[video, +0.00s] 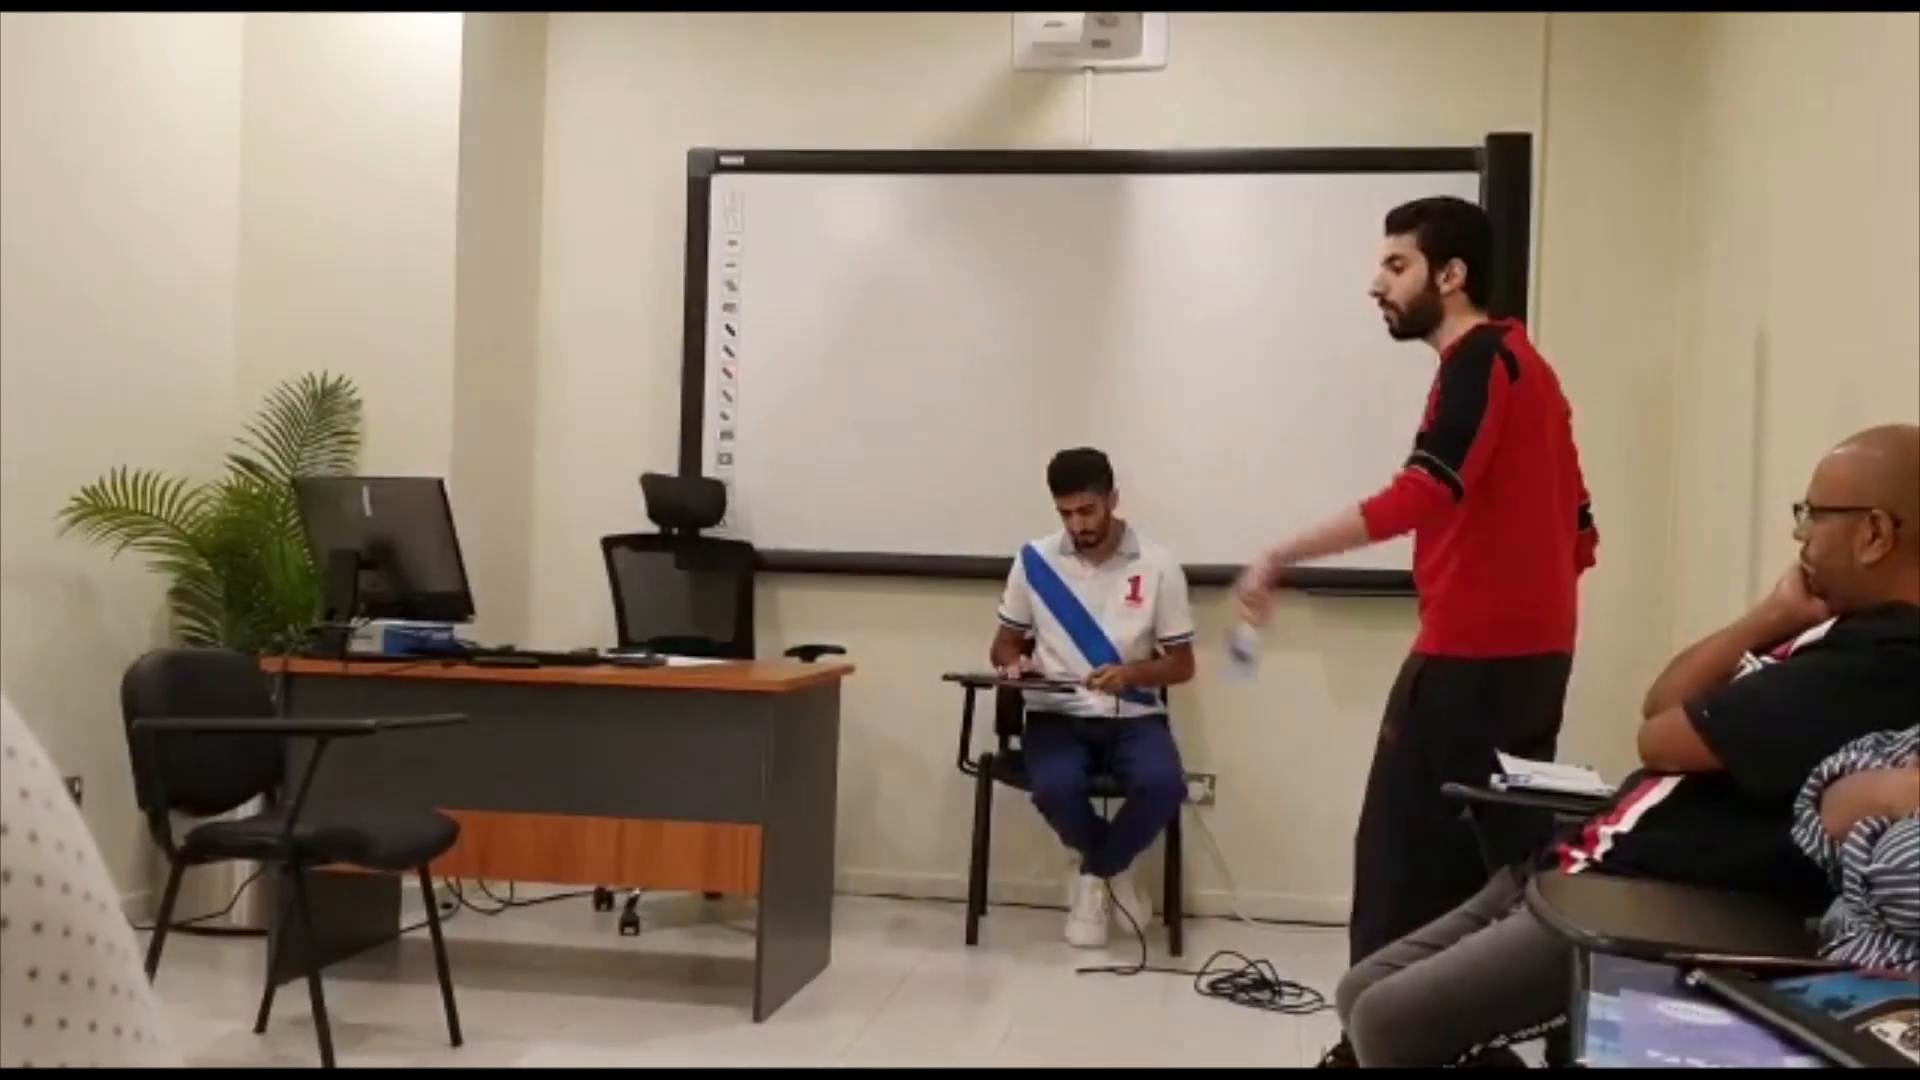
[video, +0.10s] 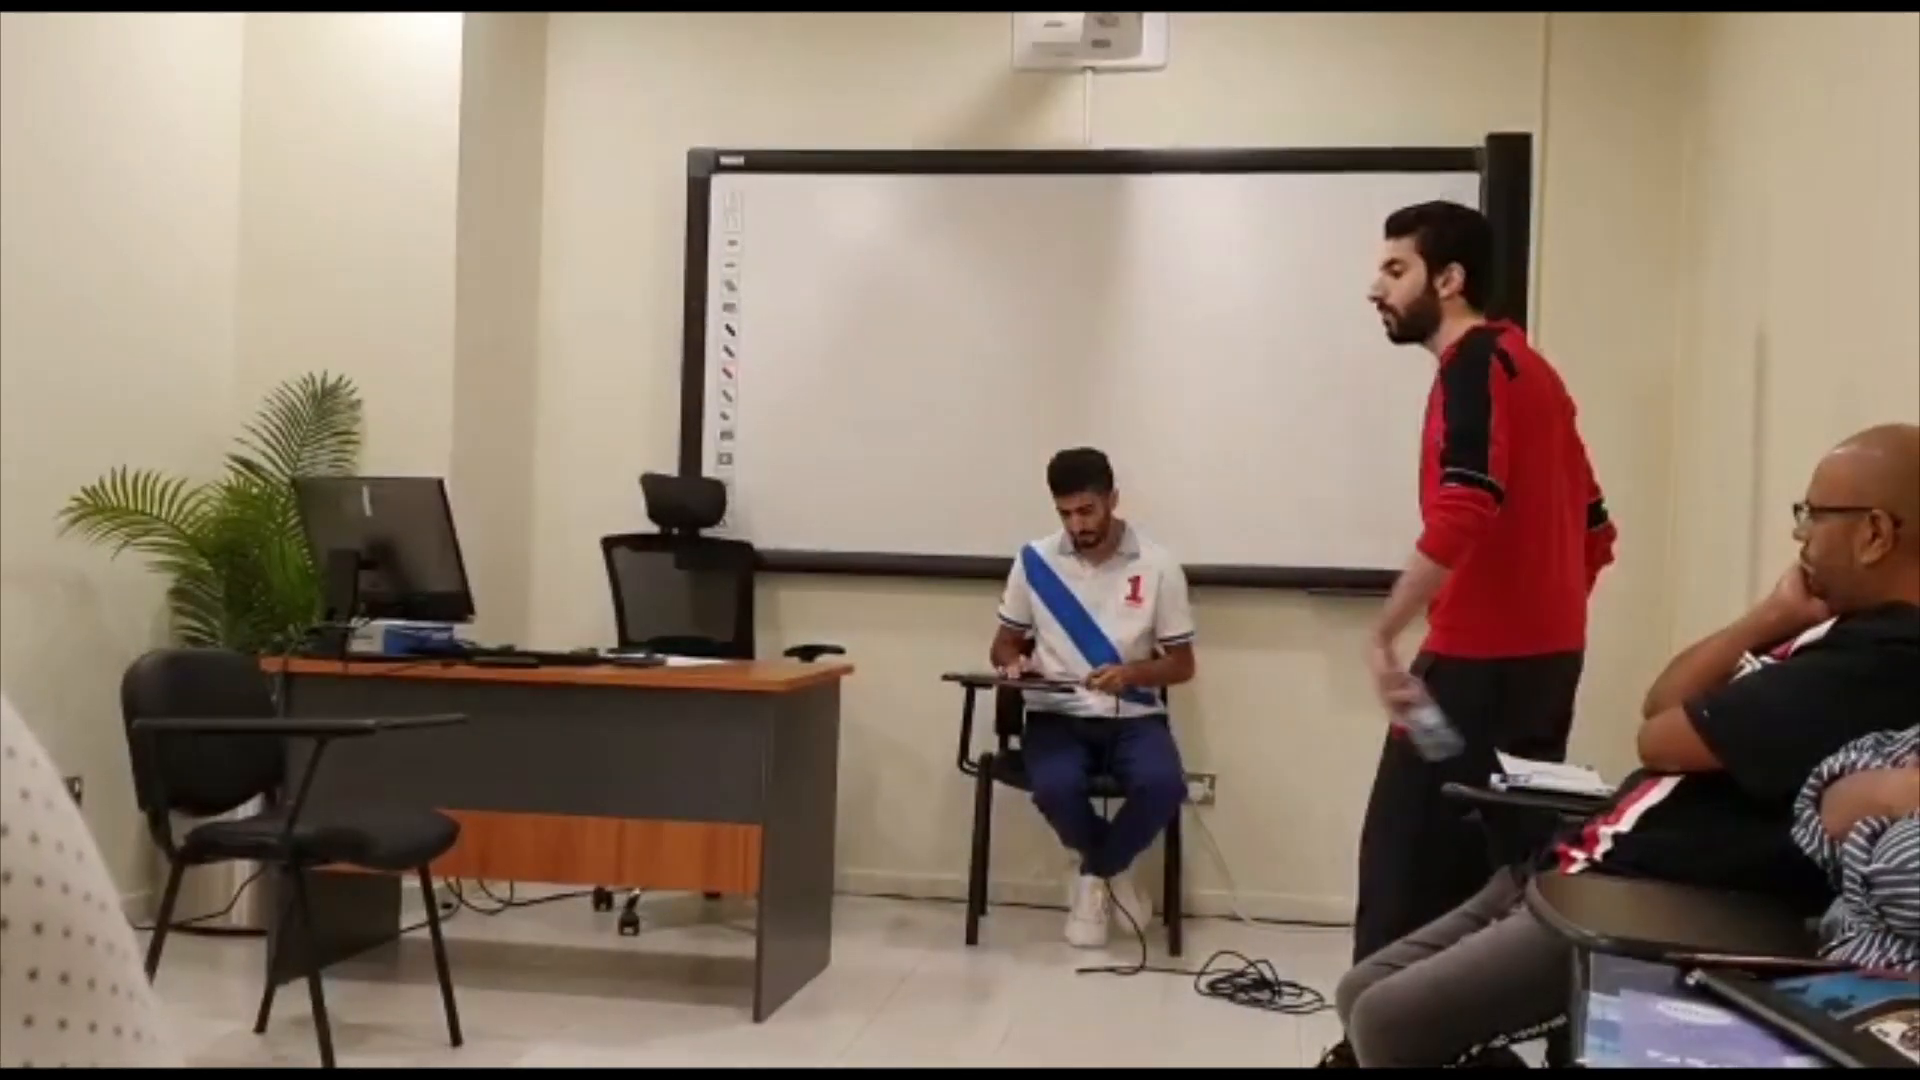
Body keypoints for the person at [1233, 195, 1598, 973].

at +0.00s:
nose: (1378, 284)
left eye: (1395, 265)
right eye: (1380, 267)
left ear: (1451, 276)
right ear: (1453, 281)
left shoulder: (1476, 358)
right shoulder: (1530, 367)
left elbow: (1425, 491)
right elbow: (1578, 537)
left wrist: (1284, 553)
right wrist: (1498, 601)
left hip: (1467, 649)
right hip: (1536, 650)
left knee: (1397, 840)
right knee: (1504, 841)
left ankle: (1382, 1042)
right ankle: (1482, 1036)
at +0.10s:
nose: (1377, 290)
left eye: (1395, 271)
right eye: (1379, 273)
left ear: (1450, 281)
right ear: (1453, 284)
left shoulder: (1472, 363)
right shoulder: (1534, 370)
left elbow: (1467, 504)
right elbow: (1594, 533)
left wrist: (1386, 632)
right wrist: (1541, 622)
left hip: (1474, 658)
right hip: (1548, 658)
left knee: (1401, 850)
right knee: (1520, 851)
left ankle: (1388, 1046)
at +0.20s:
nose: (1375, 292)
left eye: (1392, 273)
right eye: (1377, 274)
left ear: (1447, 282)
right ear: (1451, 285)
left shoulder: (1462, 366)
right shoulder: (1541, 372)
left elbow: (1490, 503)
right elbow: (1612, 526)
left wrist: (1468, 657)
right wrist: (1554, 623)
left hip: (1474, 662)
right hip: (1553, 660)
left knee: (1395, 847)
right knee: (1521, 859)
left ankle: (1385, 1047)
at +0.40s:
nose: (1372, 292)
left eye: (1388, 276)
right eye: (1376, 275)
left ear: (1441, 289)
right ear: (1455, 295)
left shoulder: (1424, 367)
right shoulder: (1536, 384)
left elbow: (1419, 494)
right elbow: (1601, 534)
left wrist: (1433, 633)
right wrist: (1531, 602)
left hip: (1465, 658)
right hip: (1552, 663)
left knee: (1355, 825)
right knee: (1472, 845)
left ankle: (1350, 1031)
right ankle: (1464, 1032)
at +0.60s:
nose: (1348, 277)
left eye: (1368, 263)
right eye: (1355, 262)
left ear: (1417, 284)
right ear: (1423, 292)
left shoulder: (1414, 362)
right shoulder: (1461, 382)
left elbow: (1296, 397)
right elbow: (1417, 557)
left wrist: (1140, 434)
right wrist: (1285, 577)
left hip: (1430, 649)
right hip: (1488, 647)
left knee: (1316, 837)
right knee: (1456, 857)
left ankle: (1260, 1047)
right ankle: (1458, 1040)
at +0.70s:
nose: (1320, 269)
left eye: (1344, 256)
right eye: (1329, 254)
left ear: (1394, 281)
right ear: (1392, 286)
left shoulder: (1393, 359)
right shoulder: (1408, 379)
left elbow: (1253, 392)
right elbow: (1304, 520)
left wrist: (1074, 355)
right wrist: (1184, 493)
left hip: (1387, 648)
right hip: (1435, 646)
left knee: (1275, 842)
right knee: (1452, 857)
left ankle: (1248, 1049)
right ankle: (1467, 1038)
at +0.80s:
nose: (1292, 257)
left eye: (1317, 243)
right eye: (1302, 241)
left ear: (1364, 272)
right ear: (1357, 277)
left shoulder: (1360, 356)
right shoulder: (1349, 384)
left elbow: (1206, 378)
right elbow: (1214, 468)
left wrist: (1055, 294)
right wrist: (1111, 403)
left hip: (1339, 640)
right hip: (1369, 639)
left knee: (1248, 840)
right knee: (1393, 840)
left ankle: (1244, 1050)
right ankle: (1491, 1002)